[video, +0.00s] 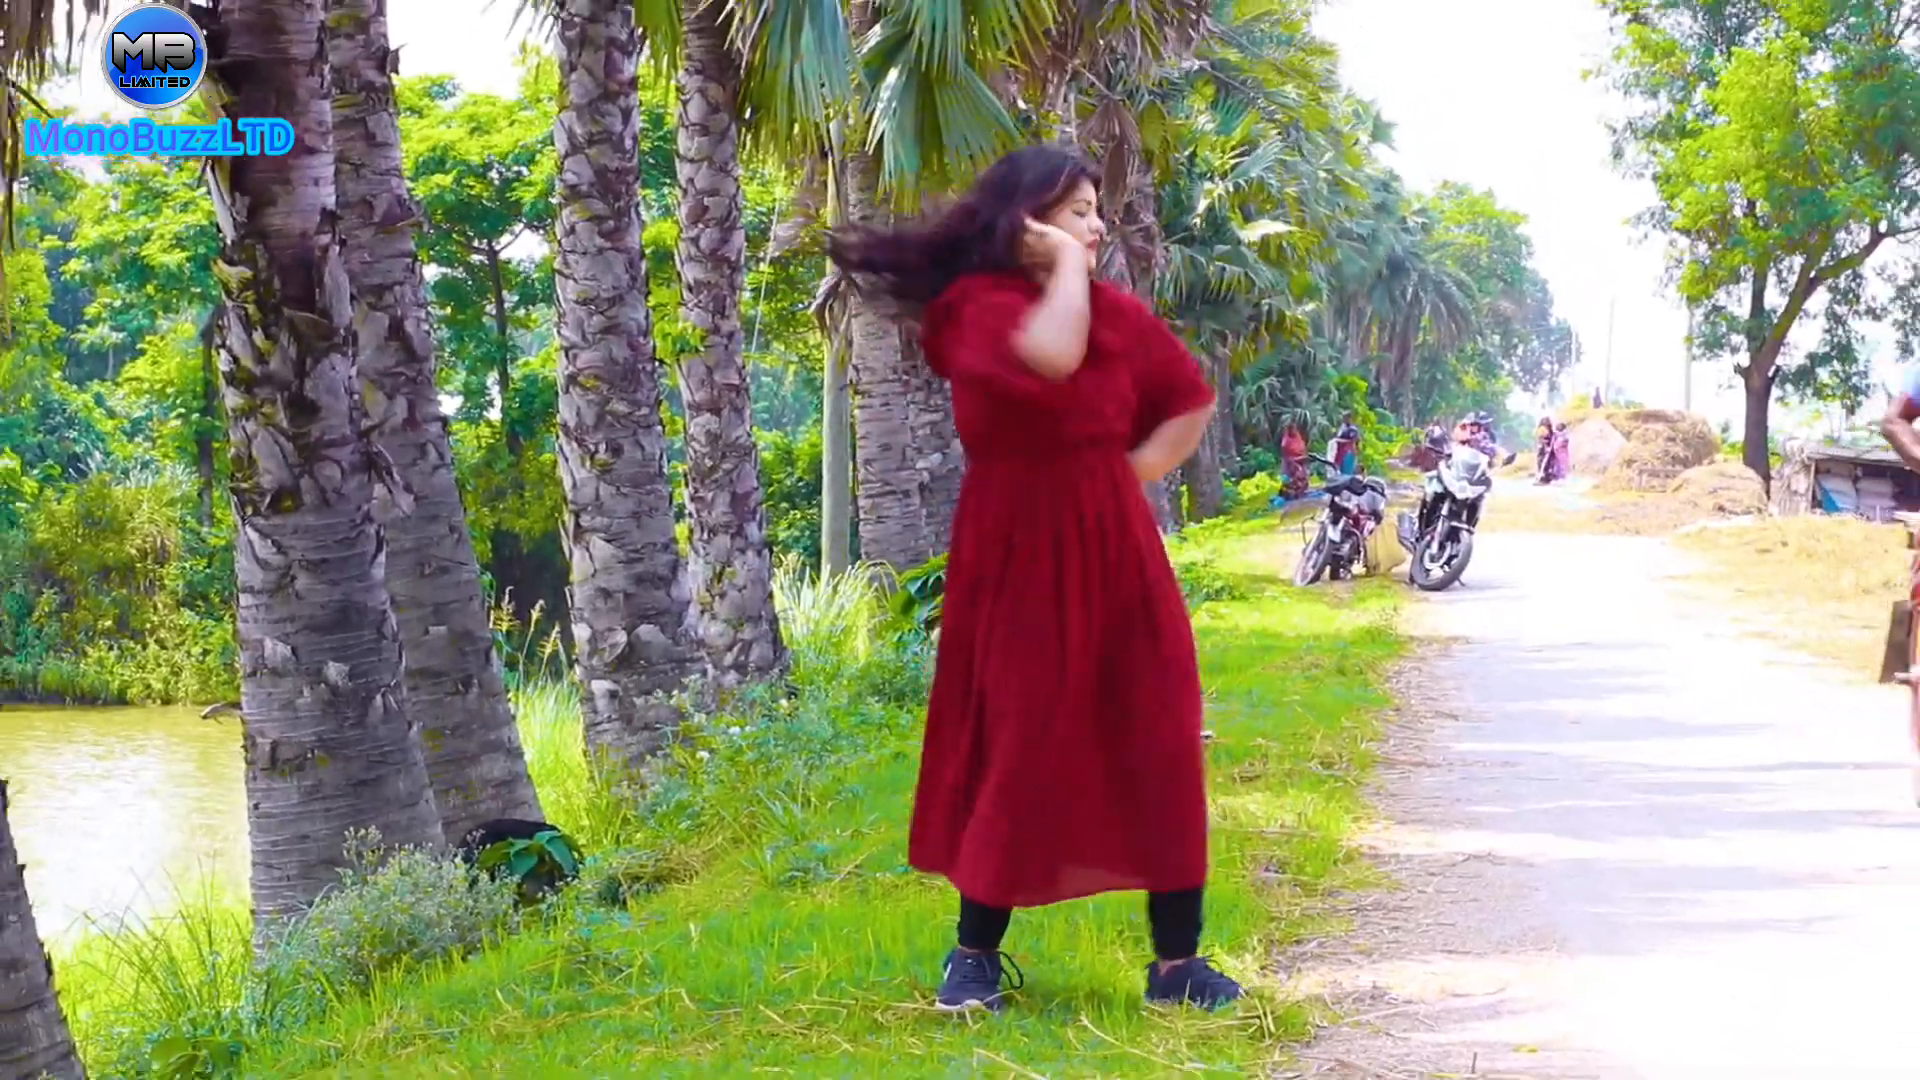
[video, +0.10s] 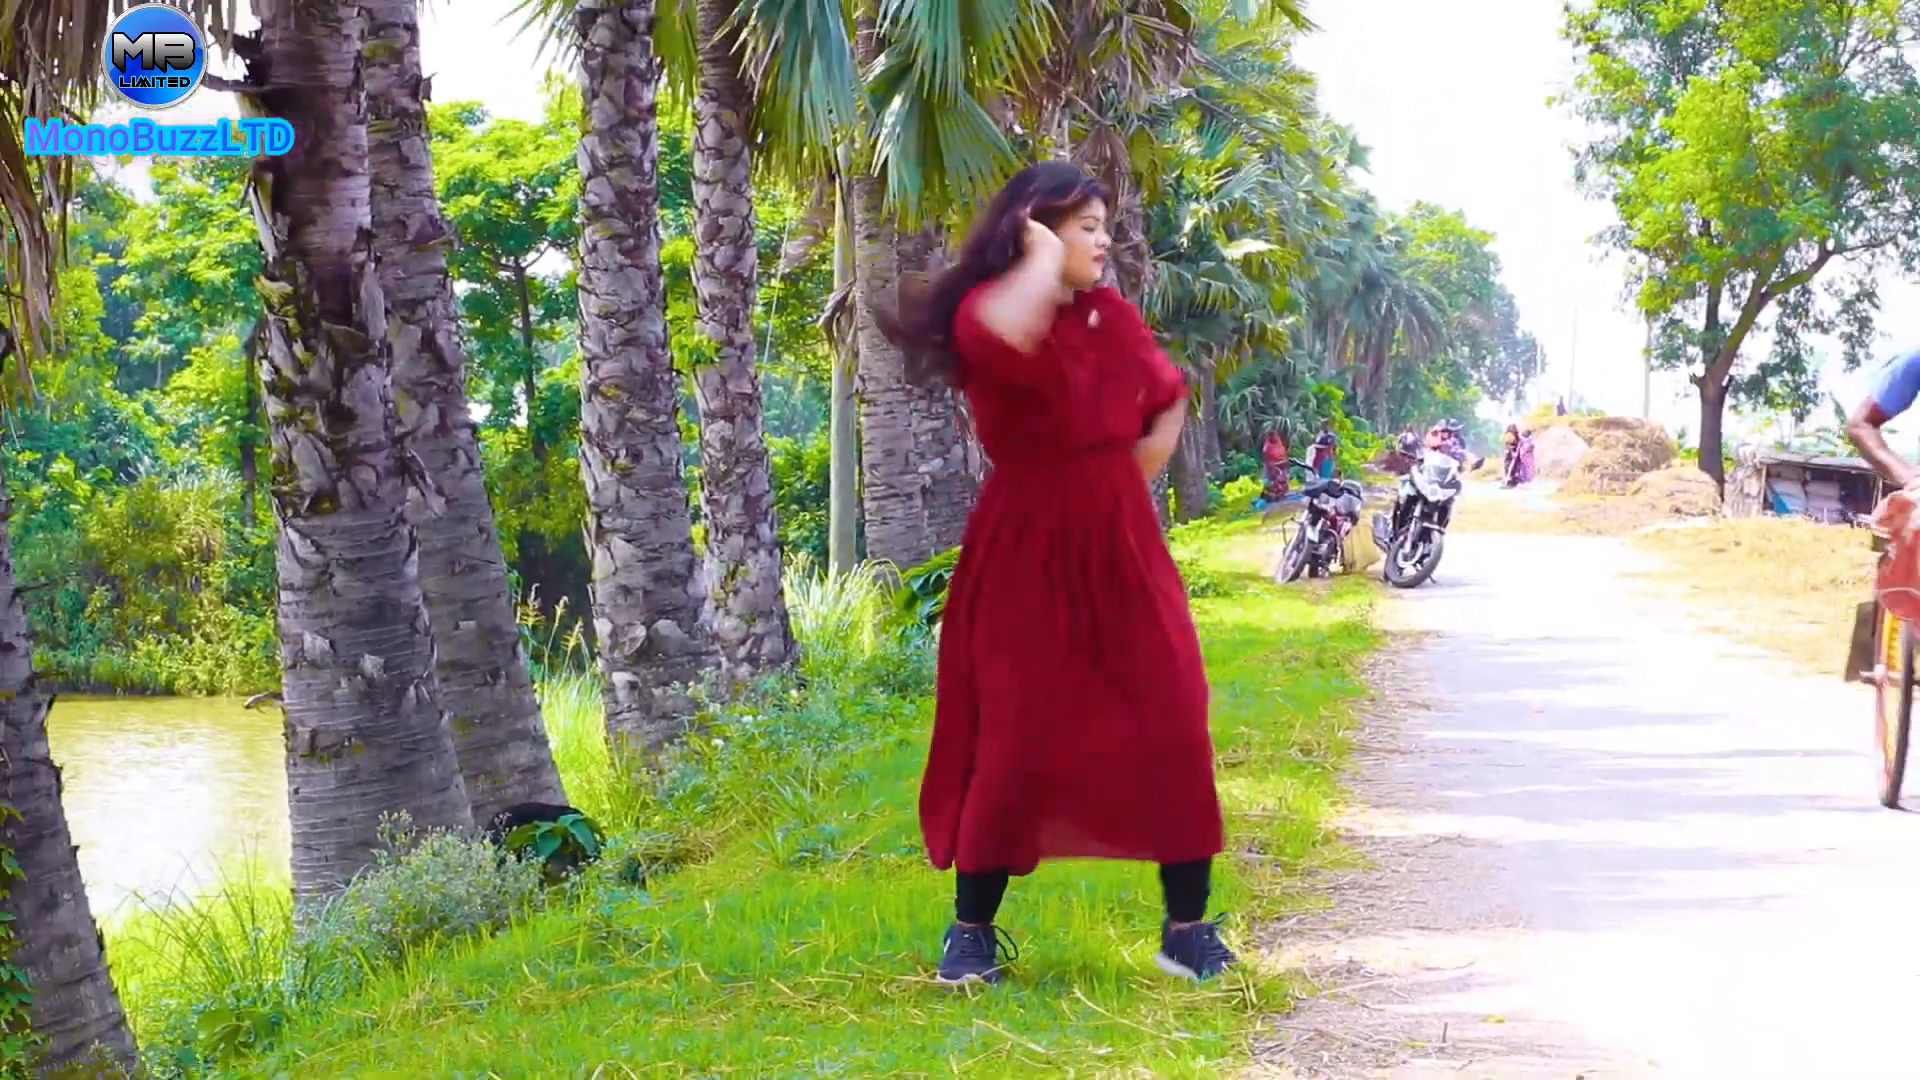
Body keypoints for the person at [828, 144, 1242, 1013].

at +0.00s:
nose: (1097, 224)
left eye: (1097, 209)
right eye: (1080, 210)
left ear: (1091, 225)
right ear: (1025, 220)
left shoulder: (1113, 306)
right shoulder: (971, 302)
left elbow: (1195, 400)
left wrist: (1127, 474)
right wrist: (1070, 261)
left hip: (1113, 530)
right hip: (1014, 535)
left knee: (1166, 734)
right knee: (1013, 738)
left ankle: (1177, 961)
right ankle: (975, 958)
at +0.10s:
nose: (1105, 242)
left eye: (1105, 228)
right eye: (1090, 229)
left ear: (1096, 237)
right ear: (1039, 234)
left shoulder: (1113, 310)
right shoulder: (987, 311)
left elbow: (1171, 402)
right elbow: (1008, 332)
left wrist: (1127, 485)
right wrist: (1042, 254)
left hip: (1120, 531)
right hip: (1025, 536)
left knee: (1178, 720)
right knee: (1011, 729)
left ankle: (1187, 927)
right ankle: (972, 933)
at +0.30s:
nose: (1159, 226)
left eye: (1160, 211)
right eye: (1138, 213)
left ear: (1161, 225)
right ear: (1081, 230)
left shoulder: (1186, 321)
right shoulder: (1033, 316)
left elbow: (1259, 399)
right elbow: (900, 325)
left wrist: (1259, 434)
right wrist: (1013, 262)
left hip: (1192, 560)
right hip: (1080, 560)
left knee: (1219, 764)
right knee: (1032, 760)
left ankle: (1230, 977)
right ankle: (976, 965)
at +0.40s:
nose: (1150, 239)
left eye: (1159, 228)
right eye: (1128, 231)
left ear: (1176, 251)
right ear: (1089, 259)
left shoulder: (1216, 340)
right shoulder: (1053, 355)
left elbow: (1321, 425)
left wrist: (1236, 422)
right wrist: (1040, 373)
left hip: (1200, 566)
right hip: (1089, 565)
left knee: (1215, 750)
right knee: (1039, 745)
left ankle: (1216, 945)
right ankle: (981, 935)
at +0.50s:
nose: (1137, 225)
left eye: (1156, 213)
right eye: (1125, 220)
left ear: (1199, 232)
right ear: (1115, 249)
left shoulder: (1248, 322)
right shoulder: (1092, 346)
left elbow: (1339, 397)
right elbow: (1049, 452)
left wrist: (1246, 335)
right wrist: (1044, 496)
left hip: (1211, 556)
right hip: (1101, 553)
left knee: (1213, 747)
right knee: (1034, 736)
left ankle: (1221, 955)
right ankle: (989, 928)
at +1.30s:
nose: (1122, 229)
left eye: (1142, 218)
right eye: (1108, 216)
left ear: (1174, 240)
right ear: (1084, 237)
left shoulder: (1218, 342)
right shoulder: (1043, 342)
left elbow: (1295, 475)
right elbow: (965, 468)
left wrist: (1230, 407)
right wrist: (1044, 465)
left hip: (1184, 571)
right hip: (1069, 572)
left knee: (1205, 764)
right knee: (1032, 763)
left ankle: (1233, 974)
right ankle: (1018, 966)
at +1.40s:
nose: (1131, 239)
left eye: (1142, 231)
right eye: (1112, 225)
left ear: (1150, 254)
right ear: (1066, 238)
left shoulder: (1176, 343)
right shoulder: (1012, 332)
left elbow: (1240, 450)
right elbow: (957, 417)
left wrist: (1197, 451)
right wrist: (1065, 342)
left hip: (1153, 559)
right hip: (1043, 559)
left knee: (1189, 741)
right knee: (1028, 746)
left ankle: (1213, 941)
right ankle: (1016, 944)